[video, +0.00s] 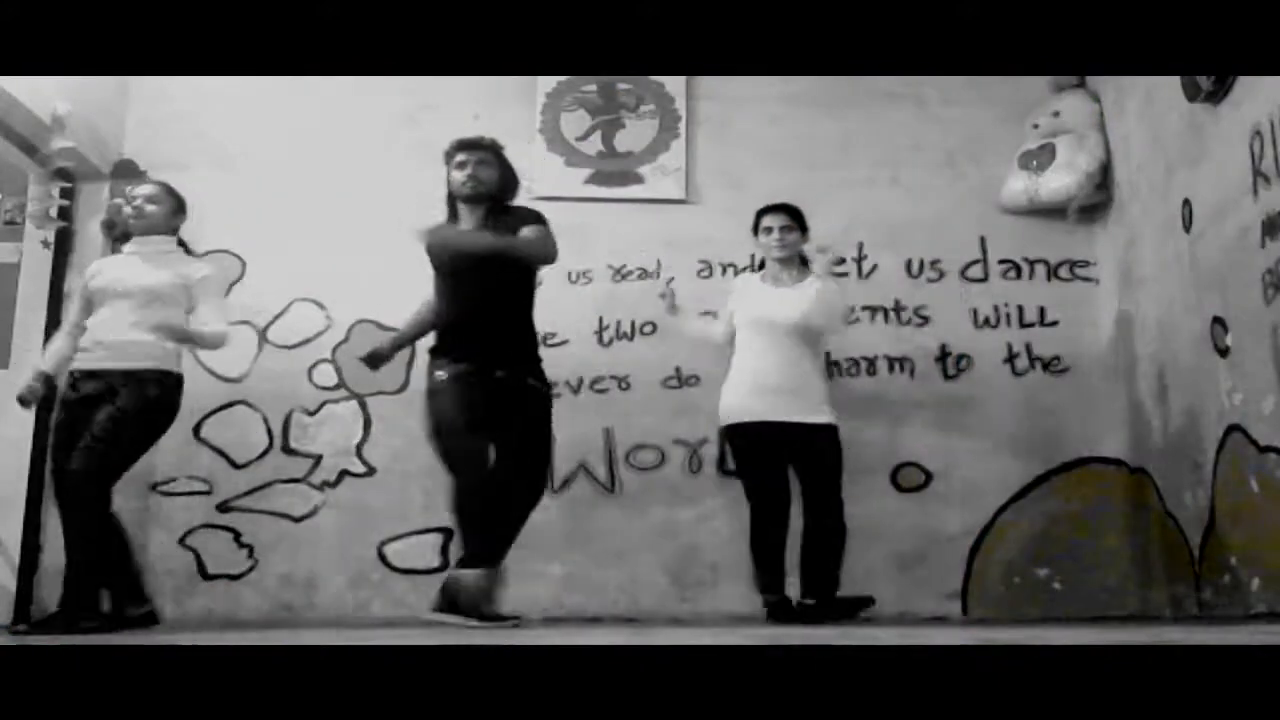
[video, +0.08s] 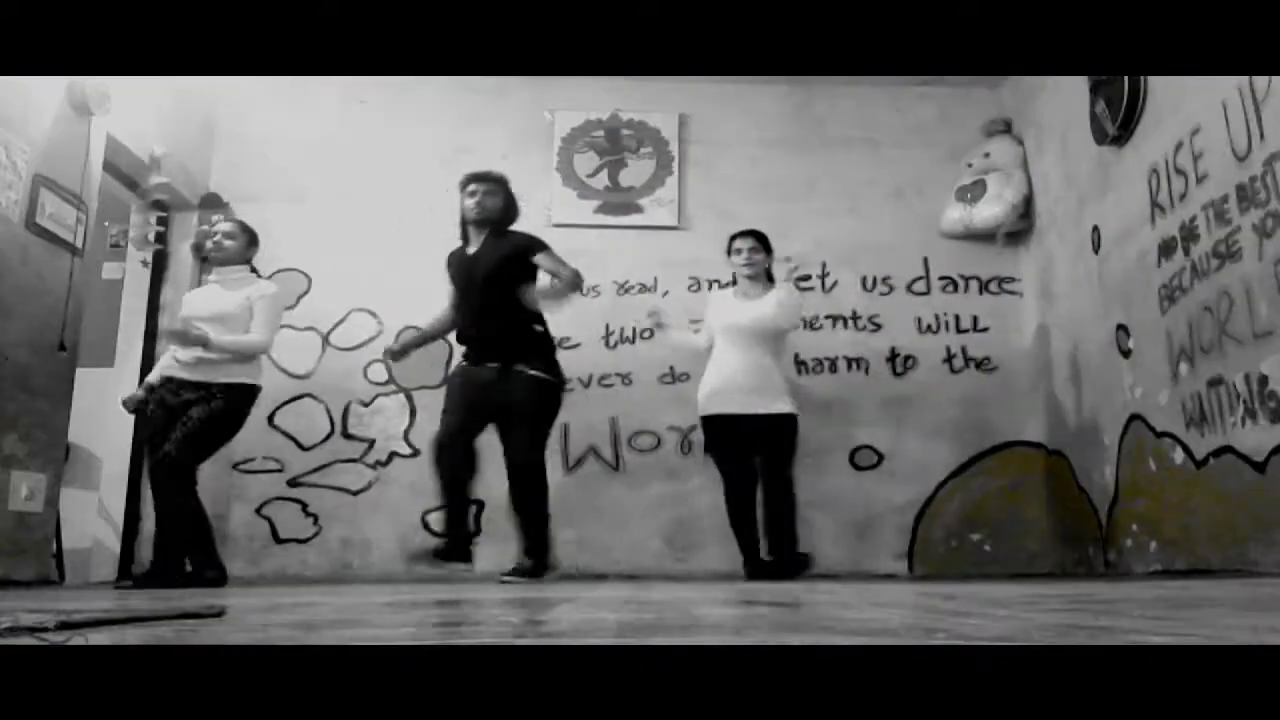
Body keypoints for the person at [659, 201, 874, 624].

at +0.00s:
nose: (777, 237)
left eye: (786, 230)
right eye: (769, 231)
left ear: (803, 237)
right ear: (757, 240)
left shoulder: (820, 287)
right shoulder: (743, 287)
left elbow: (819, 322)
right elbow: (722, 335)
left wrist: (820, 272)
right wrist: (676, 314)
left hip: (808, 413)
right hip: (750, 412)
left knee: (824, 507)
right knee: (768, 506)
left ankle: (819, 596)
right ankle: (773, 597)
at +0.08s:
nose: (746, 257)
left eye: (753, 251)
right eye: (739, 252)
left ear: (768, 258)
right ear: (729, 261)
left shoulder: (782, 296)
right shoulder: (718, 300)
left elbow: (784, 320)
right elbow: (702, 343)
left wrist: (785, 280)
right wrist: (665, 328)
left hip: (771, 403)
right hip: (722, 404)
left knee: (777, 483)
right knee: (739, 486)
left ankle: (785, 559)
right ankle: (752, 562)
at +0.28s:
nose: (723, 254)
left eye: (732, 248)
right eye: (716, 249)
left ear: (747, 254)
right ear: (709, 258)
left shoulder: (768, 294)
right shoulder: (701, 298)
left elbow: (819, 316)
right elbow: (656, 329)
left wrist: (849, 308)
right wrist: (645, 304)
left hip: (749, 403)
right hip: (711, 405)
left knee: (715, 478)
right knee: (708, 480)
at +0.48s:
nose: (710, 253)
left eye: (718, 247)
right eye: (704, 248)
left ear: (735, 253)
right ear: (697, 256)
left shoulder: (750, 287)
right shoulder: (697, 298)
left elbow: (790, 324)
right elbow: (670, 342)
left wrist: (823, 356)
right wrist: (659, 321)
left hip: (731, 392)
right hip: (702, 394)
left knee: (686, 463)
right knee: (686, 465)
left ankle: (715, 553)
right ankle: (711, 552)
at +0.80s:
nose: (711, 253)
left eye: (719, 247)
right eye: (704, 248)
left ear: (736, 252)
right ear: (698, 255)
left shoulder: (750, 288)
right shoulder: (698, 295)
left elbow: (789, 329)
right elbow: (654, 331)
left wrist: (813, 372)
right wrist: (652, 300)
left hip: (725, 392)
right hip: (704, 391)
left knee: (652, 452)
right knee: (702, 477)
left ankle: (673, 533)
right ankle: (721, 560)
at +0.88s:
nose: (727, 231)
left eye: (737, 223)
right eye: (718, 225)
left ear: (756, 230)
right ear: (711, 233)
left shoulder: (774, 273)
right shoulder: (708, 282)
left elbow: (817, 320)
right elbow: (659, 322)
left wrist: (853, 361)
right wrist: (657, 283)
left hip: (746, 400)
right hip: (719, 399)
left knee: (681, 484)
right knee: (719, 503)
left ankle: (645, 582)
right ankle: (737, 600)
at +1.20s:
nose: (752, 229)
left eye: (761, 222)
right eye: (744, 223)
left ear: (779, 230)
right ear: (732, 233)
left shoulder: (804, 277)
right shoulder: (718, 280)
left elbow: (868, 304)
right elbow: (654, 303)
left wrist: (926, 321)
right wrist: (672, 271)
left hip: (792, 408)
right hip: (732, 409)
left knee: (785, 509)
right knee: (725, 507)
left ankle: (778, 602)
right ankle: (736, 599)